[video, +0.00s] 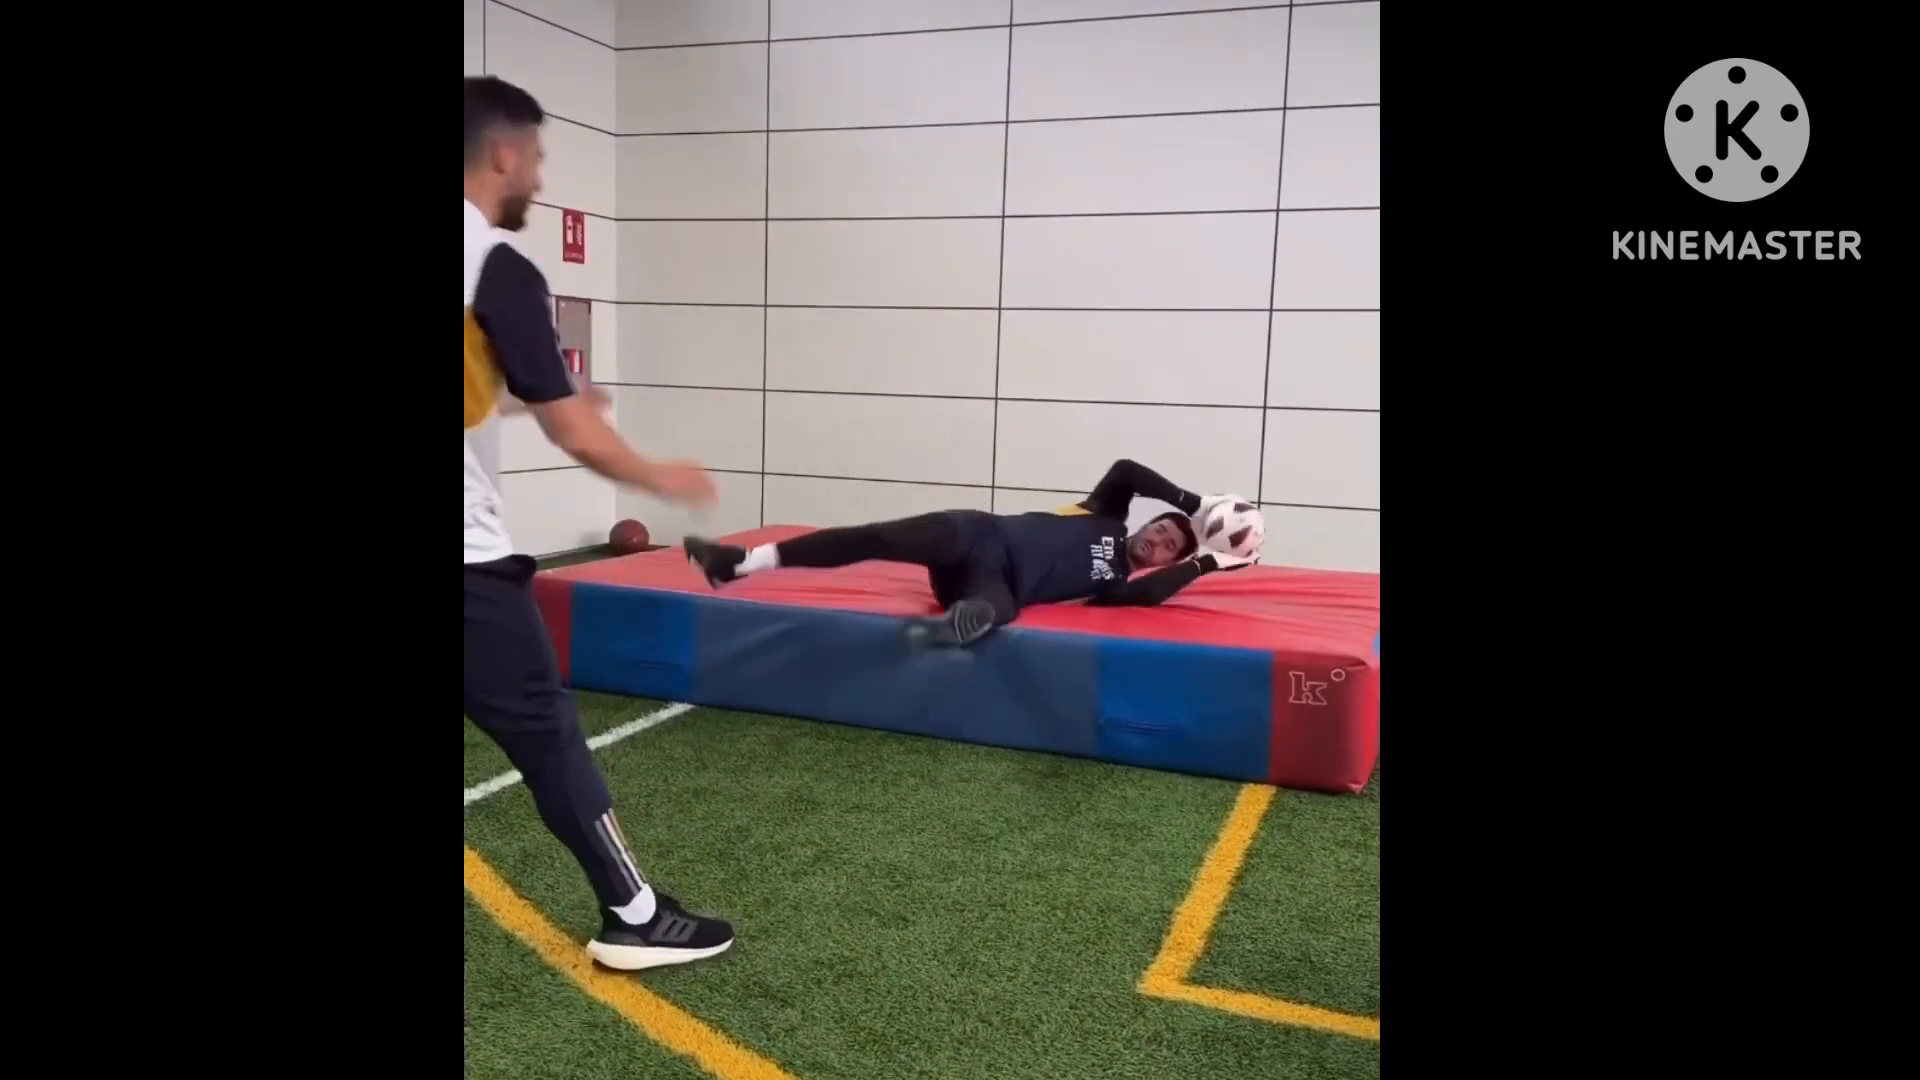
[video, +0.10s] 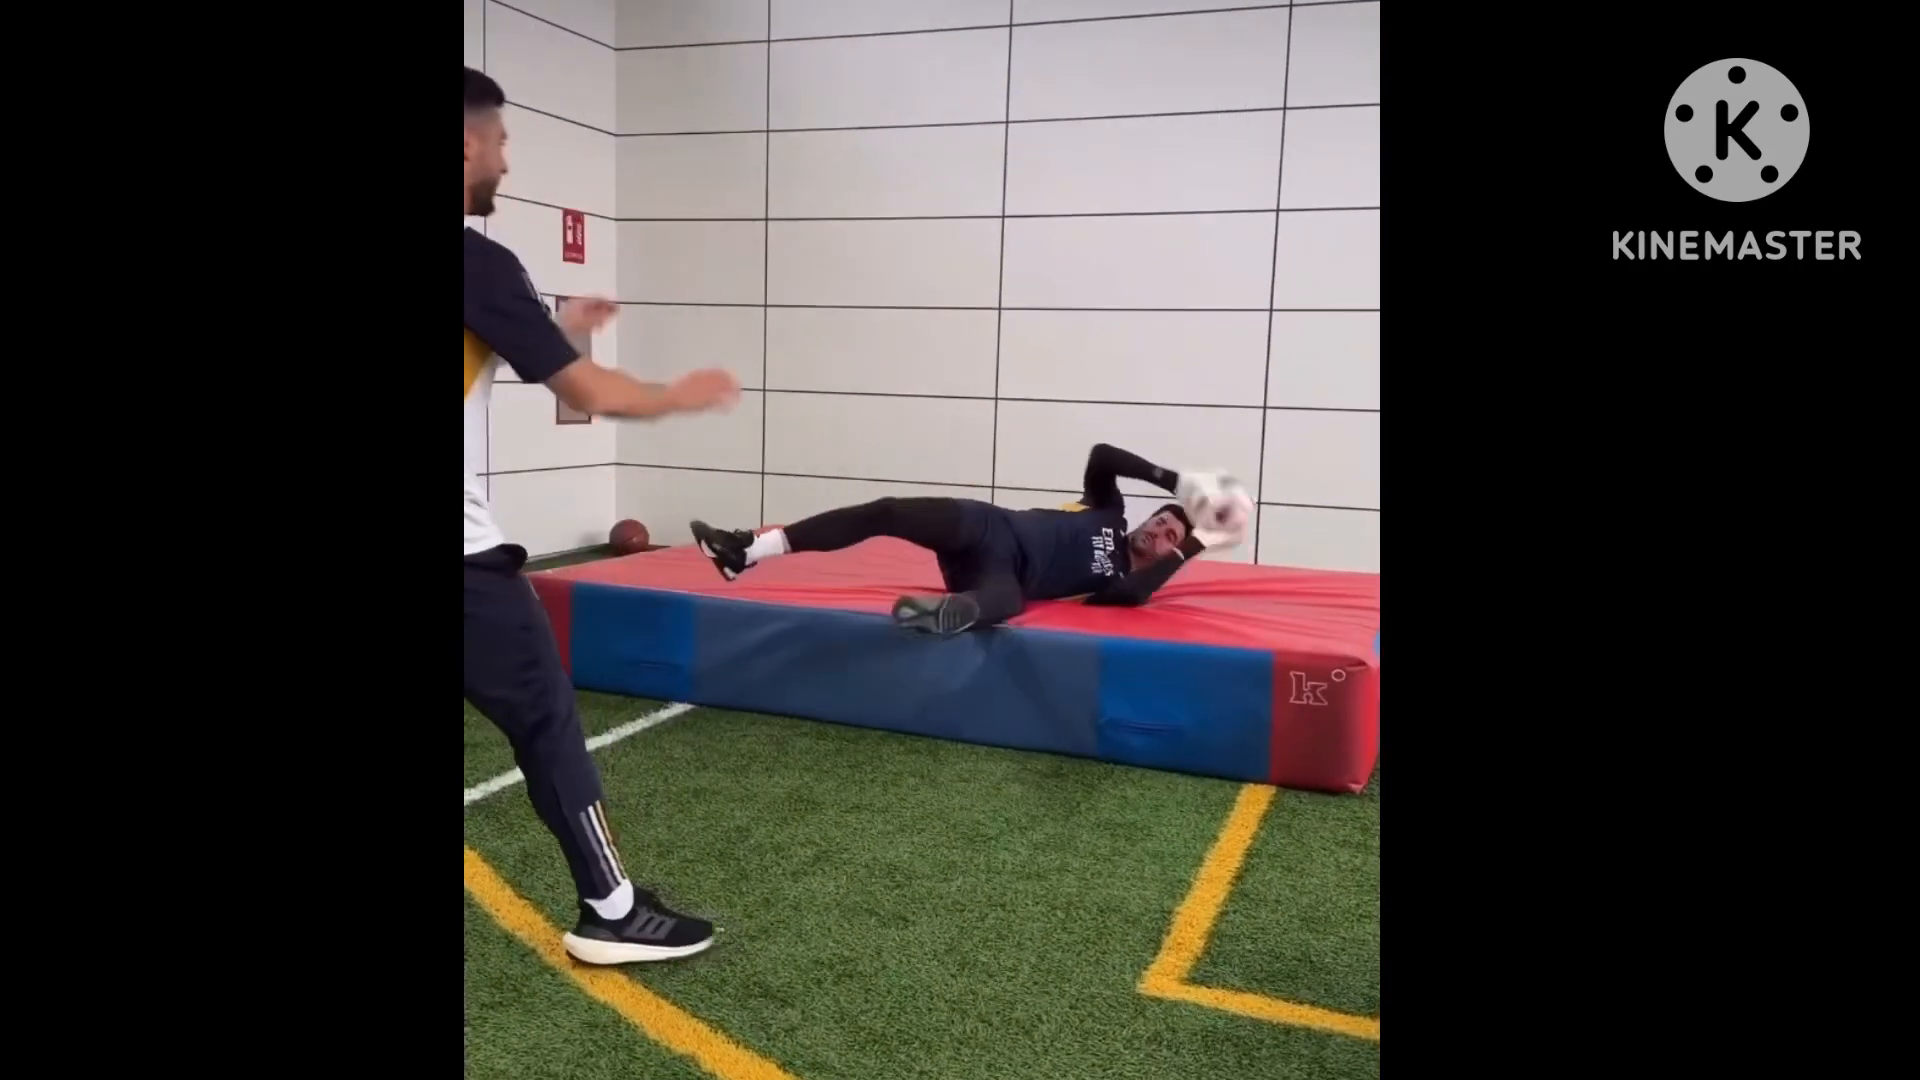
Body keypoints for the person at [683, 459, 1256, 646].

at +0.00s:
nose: (1162, 545)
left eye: (1172, 551)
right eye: (1164, 535)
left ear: (1162, 568)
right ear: (1146, 526)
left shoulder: (1120, 585)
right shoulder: (1102, 522)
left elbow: (1157, 589)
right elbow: (1125, 472)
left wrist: (1209, 558)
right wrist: (1194, 502)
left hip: (1000, 580)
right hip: (982, 530)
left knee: (989, 606)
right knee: (877, 539)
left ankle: (954, 627)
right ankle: (742, 562)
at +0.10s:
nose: (1162, 538)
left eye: (1173, 542)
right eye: (1163, 526)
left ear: (1171, 560)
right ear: (1147, 517)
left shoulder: (1128, 583)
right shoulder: (1108, 517)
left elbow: (1132, 590)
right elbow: (1103, 457)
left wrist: (1187, 551)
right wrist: (1174, 480)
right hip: (994, 523)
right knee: (888, 510)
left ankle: (923, 617)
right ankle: (748, 551)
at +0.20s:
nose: (1160, 527)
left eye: (1172, 533)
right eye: (1164, 518)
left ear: (1165, 550)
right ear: (1147, 512)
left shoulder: (1126, 580)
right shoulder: (1098, 512)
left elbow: (1127, 585)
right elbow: (1076, 449)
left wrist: (1145, 548)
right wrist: (1130, 440)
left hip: (1001, 575)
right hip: (986, 525)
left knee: (1014, 599)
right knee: (877, 510)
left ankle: (935, 636)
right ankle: (744, 554)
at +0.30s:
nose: (1140, 511)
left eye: (1152, 512)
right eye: (1138, 502)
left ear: (1156, 530)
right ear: (1124, 502)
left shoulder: (1118, 577)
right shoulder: (1083, 509)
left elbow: (1110, 601)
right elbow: (1050, 475)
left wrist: (1112, 558)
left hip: (1001, 581)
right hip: (973, 538)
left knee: (1002, 604)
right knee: (870, 534)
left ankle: (932, 669)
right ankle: (738, 572)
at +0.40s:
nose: (1103, 488)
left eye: (1116, 485)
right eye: (1100, 479)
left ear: (1132, 501)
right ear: (1090, 482)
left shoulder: (1108, 562)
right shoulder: (1050, 496)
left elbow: (1116, 602)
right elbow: (993, 467)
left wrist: (1090, 585)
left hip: (990, 586)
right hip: (952, 551)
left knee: (988, 603)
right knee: (854, 554)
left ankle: (923, 690)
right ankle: (728, 605)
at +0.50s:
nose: (1065, 448)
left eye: (1077, 443)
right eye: (1062, 439)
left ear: (1096, 457)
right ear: (1052, 444)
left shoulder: (1093, 529)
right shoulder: (1011, 475)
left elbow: (1111, 601)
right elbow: (943, 468)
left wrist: (1077, 580)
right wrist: (909, 451)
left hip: (980, 584)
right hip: (935, 555)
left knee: (981, 595)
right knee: (835, 561)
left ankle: (916, 686)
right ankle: (715, 629)